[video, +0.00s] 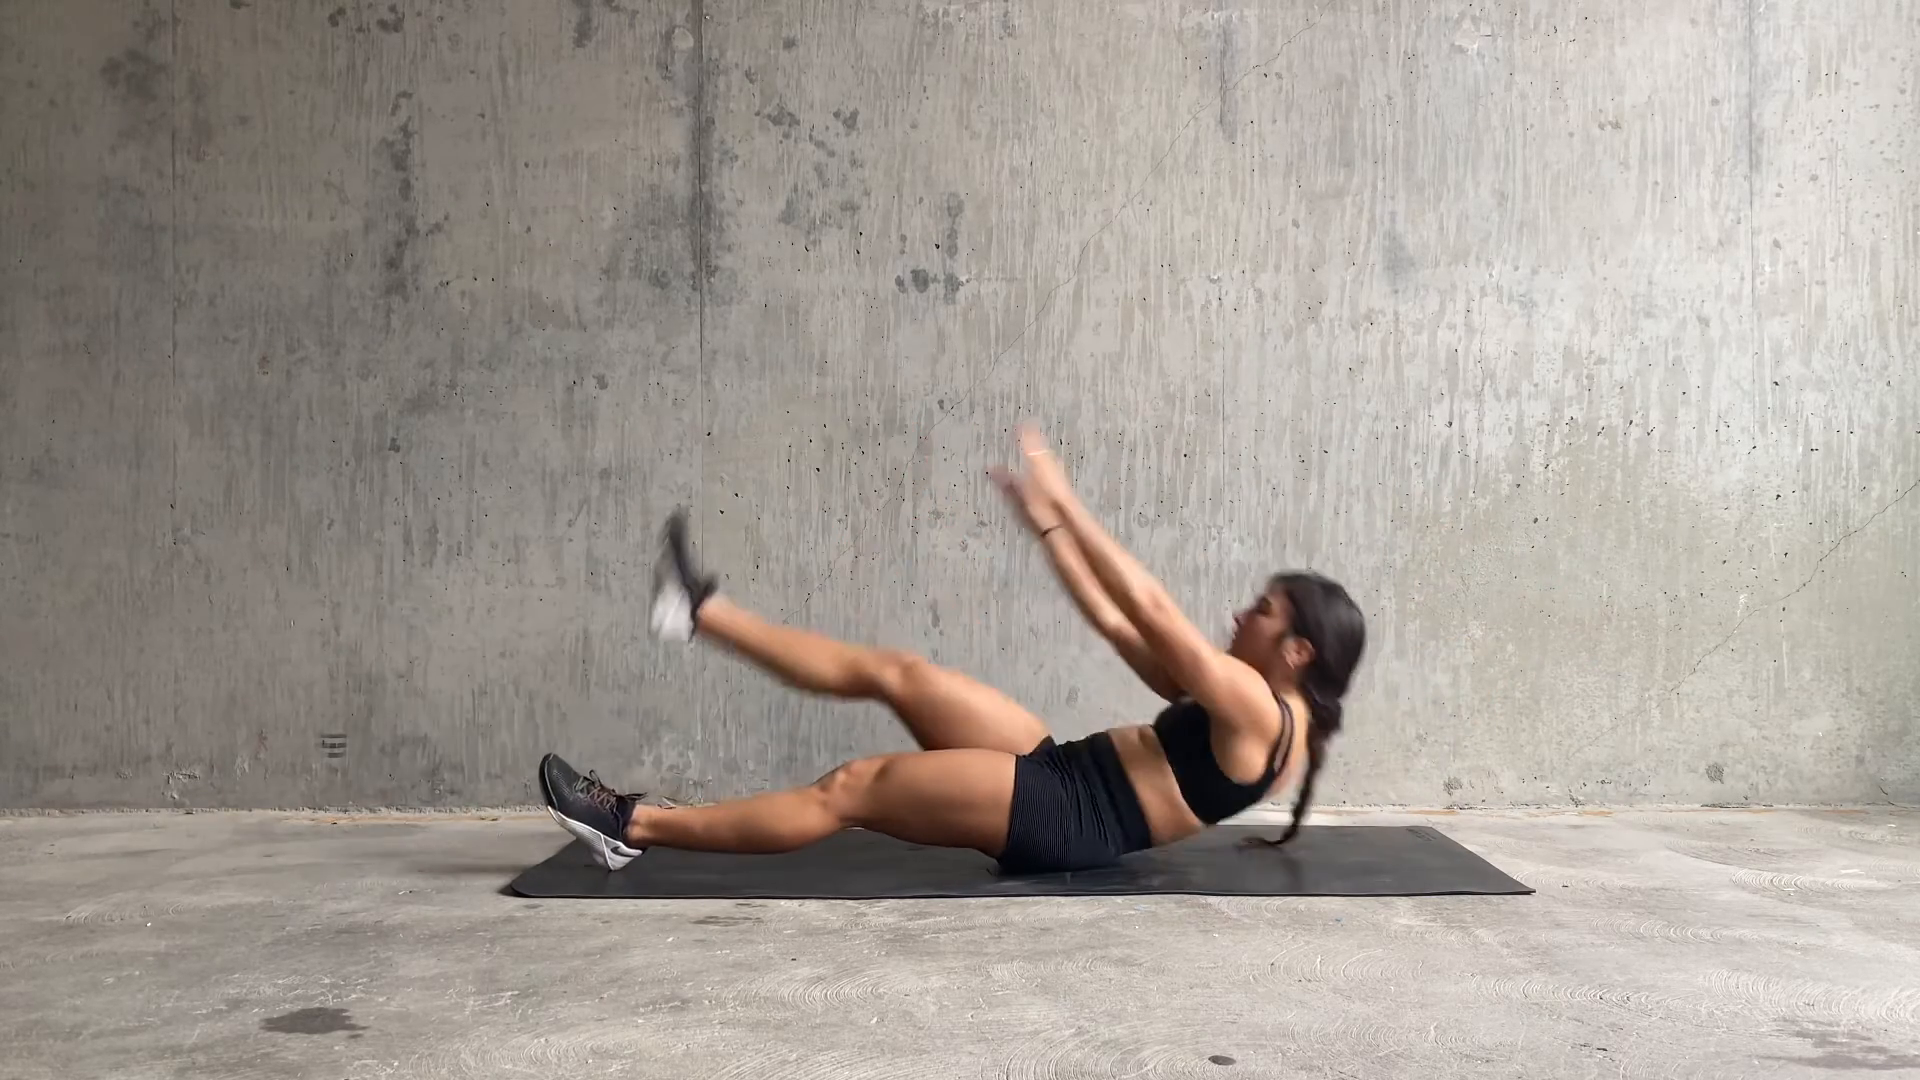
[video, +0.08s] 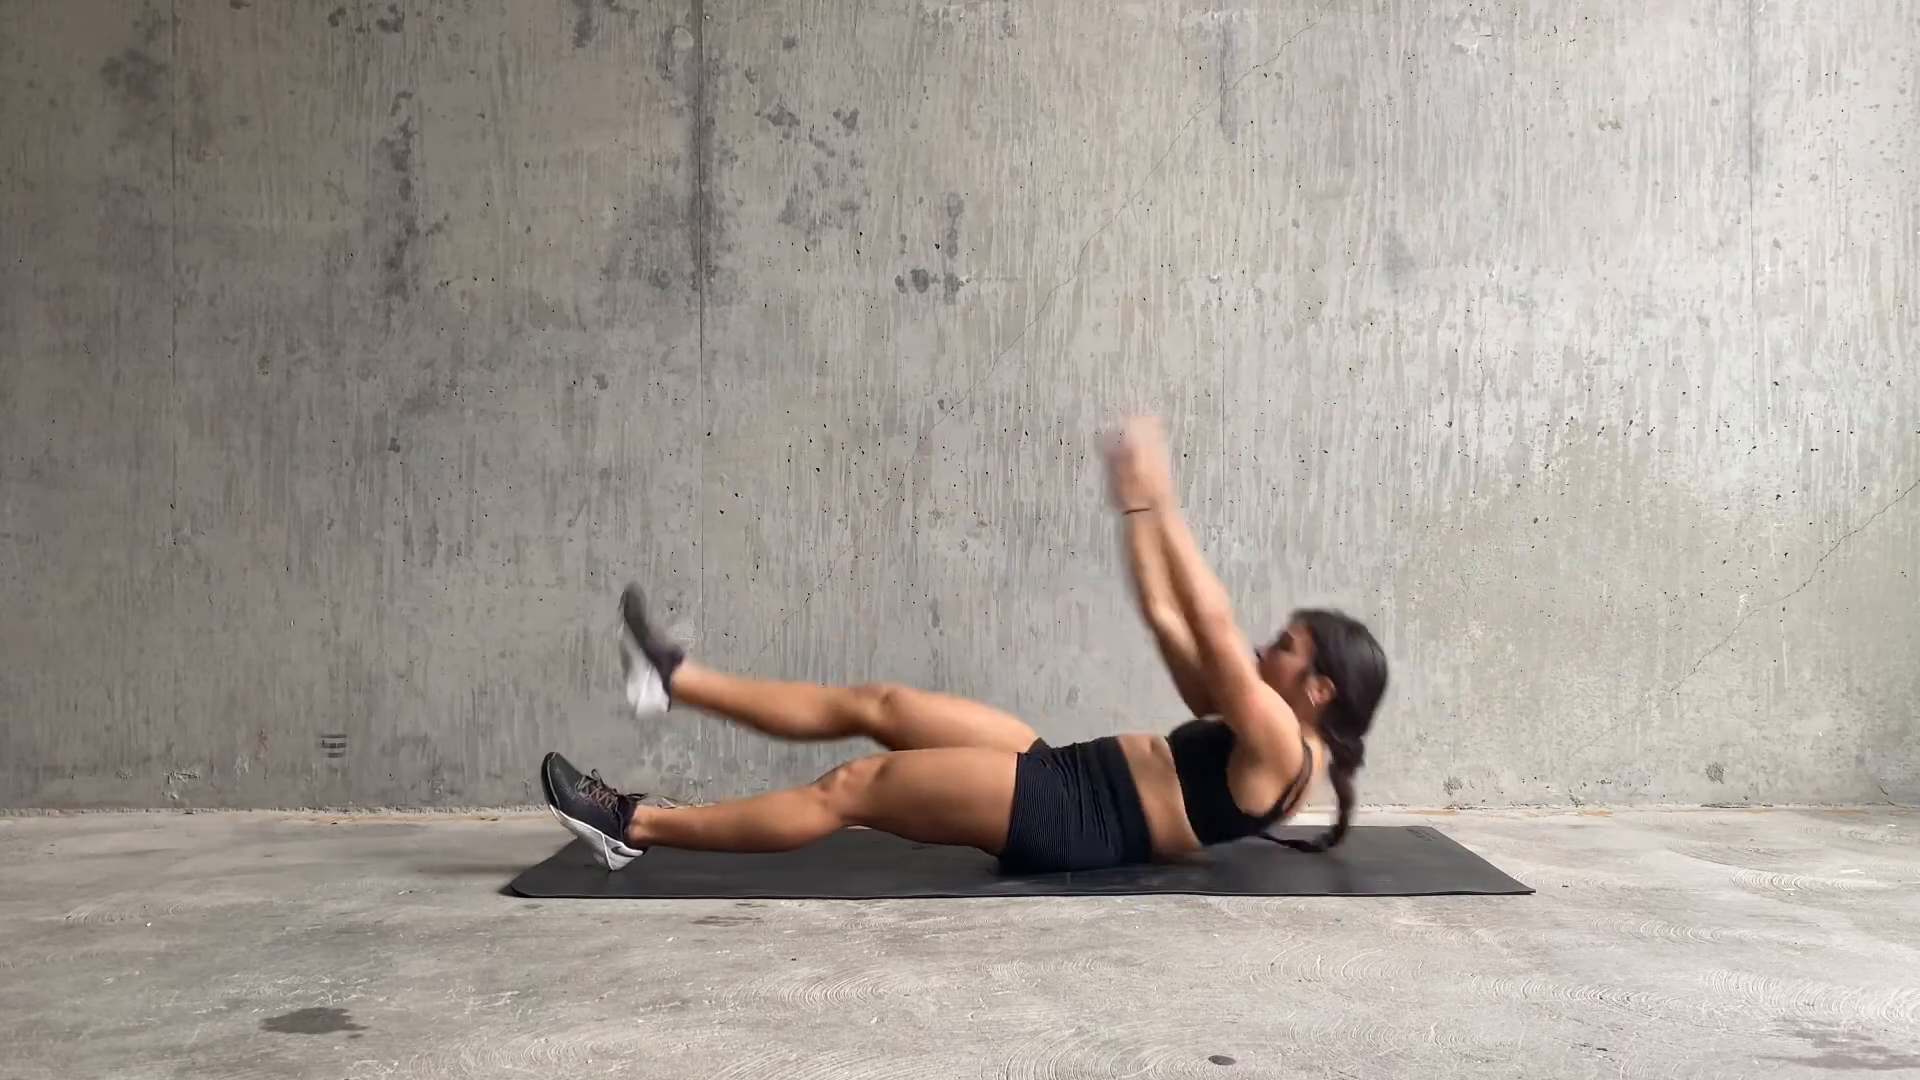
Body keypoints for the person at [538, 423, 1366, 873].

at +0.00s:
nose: (1243, 620)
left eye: (1263, 619)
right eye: (1255, 610)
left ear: (1298, 654)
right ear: (1290, 647)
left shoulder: (1258, 706)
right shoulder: (1242, 697)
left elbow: (1151, 615)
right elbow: (1119, 627)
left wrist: (1067, 504)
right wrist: (1041, 529)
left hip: (1068, 812)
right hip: (1066, 773)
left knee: (852, 790)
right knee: (893, 674)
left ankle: (635, 827)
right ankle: (701, 610)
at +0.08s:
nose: (1267, 650)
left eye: (1288, 650)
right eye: (1279, 637)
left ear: (1320, 691)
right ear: (1310, 685)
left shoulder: (1282, 743)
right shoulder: (1263, 726)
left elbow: (1203, 624)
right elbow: (1179, 628)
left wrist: (1159, 505)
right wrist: (1146, 508)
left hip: (1073, 814)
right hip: (1066, 768)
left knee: (857, 791)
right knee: (876, 709)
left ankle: (635, 827)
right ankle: (679, 679)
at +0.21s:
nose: (1314, 683)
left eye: (1331, 686)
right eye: (1323, 682)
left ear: (1347, 731)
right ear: (1322, 715)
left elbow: (1315, 652)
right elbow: (1258, 634)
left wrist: (1332, 527)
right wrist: (1294, 525)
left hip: (1072, 812)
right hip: (1067, 774)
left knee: (862, 786)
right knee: (871, 737)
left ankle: (640, 824)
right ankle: (668, 750)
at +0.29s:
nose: (1326, 695)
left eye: (1349, 699)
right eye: (1334, 685)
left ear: (1367, 739)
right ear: (1334, 710)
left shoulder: (1319, 809)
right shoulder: (1293, 769)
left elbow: (1377, 680)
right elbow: (1322, 657)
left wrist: (1434, 567)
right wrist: (1389, 564)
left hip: (1082, 814)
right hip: (1072, 771)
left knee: (867, 787)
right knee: (868, 748)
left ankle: (650, 829)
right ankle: (669, 775)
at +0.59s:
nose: (1328, 697)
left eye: (1350, 697)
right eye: (1335, 684)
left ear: (1371, 735)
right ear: (1337, 709)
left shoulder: (1326, 813)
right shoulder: (1306, 779)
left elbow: (1391, 682)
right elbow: (1345, 666)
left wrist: (1453, 570)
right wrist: (1417, 584)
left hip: (1089, 808)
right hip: (1090, 781)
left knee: (876, 781)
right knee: (882, 771)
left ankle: (663, 817)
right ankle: (678, 807)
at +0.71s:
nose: (1296, 696)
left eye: (1315, 691)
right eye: (1308, 684)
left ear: (1354, 729)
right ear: (1347, 726)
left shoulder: (1307, 778)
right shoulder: (1305, 778)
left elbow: (1220, 654)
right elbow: (1228, 654)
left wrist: (1185, 535)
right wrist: (1192, 554)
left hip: (1085, 812)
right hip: (1085, 800)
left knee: (887, 753)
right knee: (876, 782)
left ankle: (667, 770)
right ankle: (672, 803)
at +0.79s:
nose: (1262, 659)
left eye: (1282, 656)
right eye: (1274, 647)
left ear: (1320, 692)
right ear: (1314, 686)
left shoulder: (1270, 745)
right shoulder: (1265, 730)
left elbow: (1145, 667)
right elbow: (1151, 657)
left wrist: (1041, 573)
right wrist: (1067, 558)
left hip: (1077, 812)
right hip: (1071, 808)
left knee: (891, 708)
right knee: (863, 772)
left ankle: (679, 663)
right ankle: (664, 811)